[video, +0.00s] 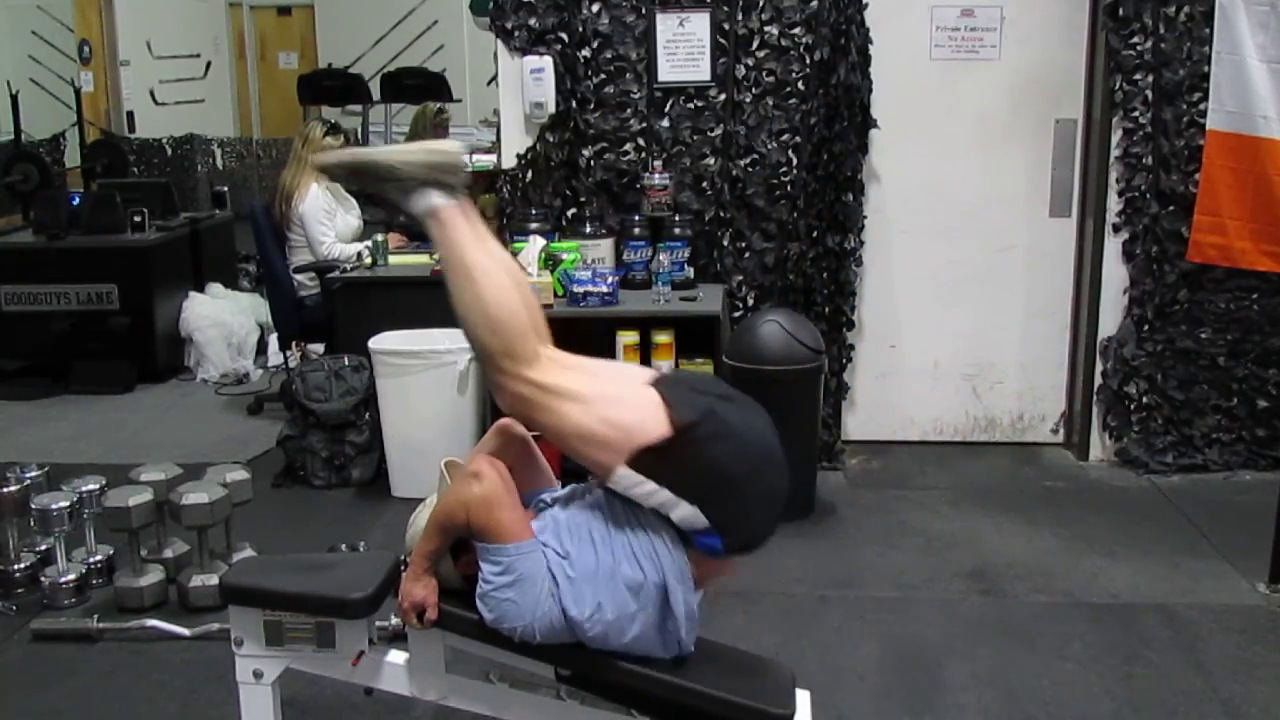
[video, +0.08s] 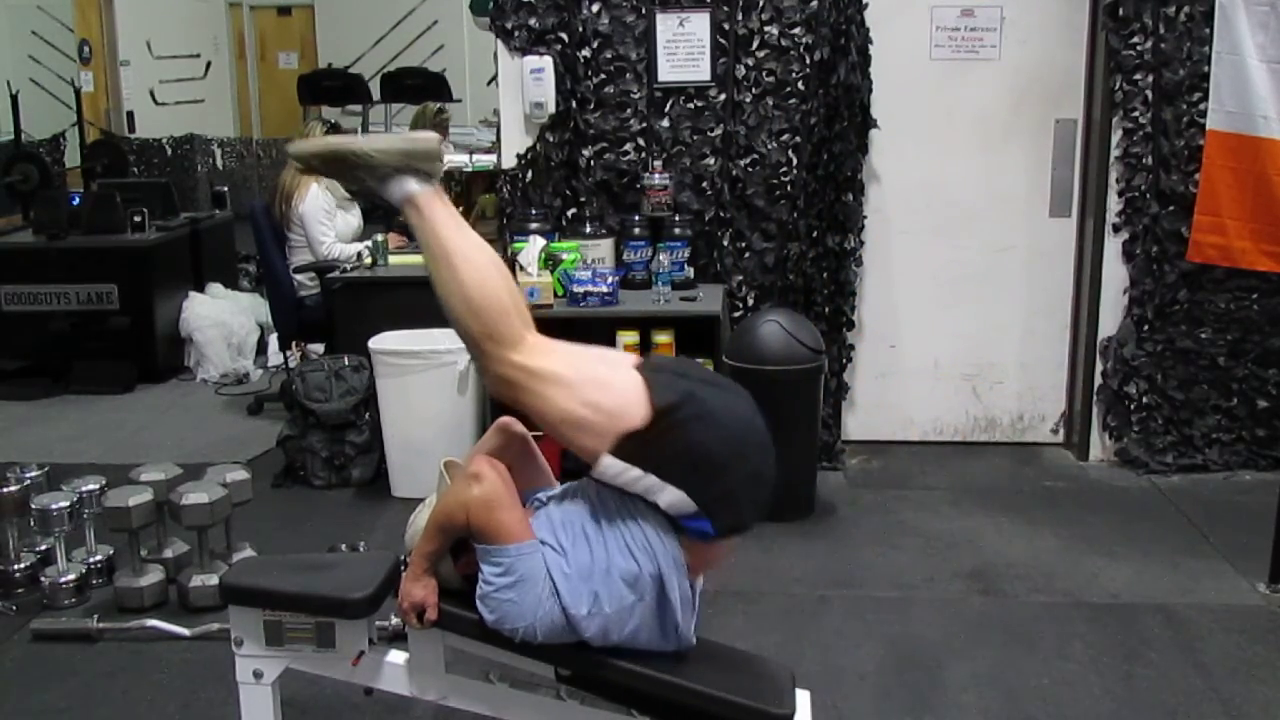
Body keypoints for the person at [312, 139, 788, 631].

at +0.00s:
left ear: (471, 552)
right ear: (474, 567)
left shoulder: (542, 530)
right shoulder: (517, 598)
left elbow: (510, 433)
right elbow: (476, 485)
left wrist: (457, 500)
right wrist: (422, 564)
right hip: (731, 483)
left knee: (534, 370)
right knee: (525, 375)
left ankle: (445, 195)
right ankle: (434, 196)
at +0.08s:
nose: (474, 541)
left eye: (469, 543)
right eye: (470, 544)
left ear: (473, 550)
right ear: (474, 564)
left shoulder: (547, 534)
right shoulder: (518, 598)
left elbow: (510, 435)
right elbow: (481, 484)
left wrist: (452, 518)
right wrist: (422, 565)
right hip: (719, 470)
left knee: (518, 354)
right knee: (512, 366)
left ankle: (415, 189)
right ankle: (414, 188)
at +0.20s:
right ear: (472, 565)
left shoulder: (539, 540)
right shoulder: (518, 598)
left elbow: (510, 432)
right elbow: (477, 482)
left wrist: (445, 534)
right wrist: (421, 563)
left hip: (709, 439)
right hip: (709, 450)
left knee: (507, 328)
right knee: (499, 337)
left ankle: (397, 167)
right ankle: (384, 167)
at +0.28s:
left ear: (465, 566)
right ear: (470, 569)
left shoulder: (537, 535)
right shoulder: (516, 600)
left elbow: (511, 430)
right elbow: (474, 481)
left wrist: (449, 513)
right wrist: (420, 566)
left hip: (699, 423)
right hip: (697, 441)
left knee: (499, 313)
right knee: (490, 322)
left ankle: (385, 152)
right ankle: (372, 154)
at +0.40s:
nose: (461, 556)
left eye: (455, 555)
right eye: (456, 557)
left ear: (466, 553)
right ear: (468, 568)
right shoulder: (516, 599)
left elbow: (511, 430)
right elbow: (474, 480)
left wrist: (434, 543)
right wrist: (421, 564)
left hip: (687, 418)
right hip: (683, 432)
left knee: (492, 294)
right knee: (483, 302)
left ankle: (370, 131)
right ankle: (365, 129)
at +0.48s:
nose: (464, 550)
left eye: (455, 551)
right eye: (458, 553)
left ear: (465, 547)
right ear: (472, 566)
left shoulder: (544, 550)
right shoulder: (518, 599)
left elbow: (507, 430)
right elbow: (476, 478)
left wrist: (440, 534)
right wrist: (423, 565)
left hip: (681, 421)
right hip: (673, 431)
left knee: (488, 287)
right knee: (486, 286)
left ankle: (384, 126)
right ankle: (365, 118)